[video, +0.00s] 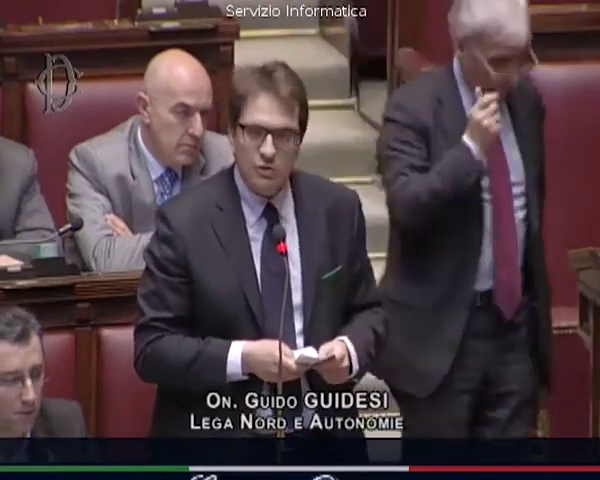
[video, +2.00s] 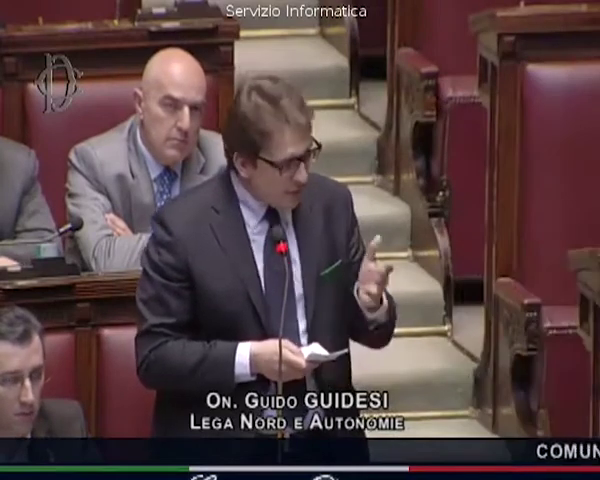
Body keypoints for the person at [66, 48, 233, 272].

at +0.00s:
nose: (197, 130)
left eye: (204, 113)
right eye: (182, 112)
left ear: (210, 108)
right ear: (145, 108)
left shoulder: (224, 155)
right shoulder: (92, 161)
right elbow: (105, 259)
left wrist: (138, 249)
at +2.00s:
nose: (185, 124)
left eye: (196, 109)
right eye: (171, 106)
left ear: (204, 109)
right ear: (139, 104)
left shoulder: (221, 154)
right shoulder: (91, 160)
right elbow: (105, 260)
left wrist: (137, 246)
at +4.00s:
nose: (186, 126)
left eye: (196, 110)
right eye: (172, 107)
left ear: (205, 109)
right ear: (140, 104)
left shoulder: (231, 157)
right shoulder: (91, 161)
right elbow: (105, 259)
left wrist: (138, 250)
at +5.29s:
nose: (201, 131)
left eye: (206, 113)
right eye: (185, 116)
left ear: (210, 105)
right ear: (146, 113)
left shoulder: (230, 156)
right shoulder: (91, 161)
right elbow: (105, 259)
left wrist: (139, 251)